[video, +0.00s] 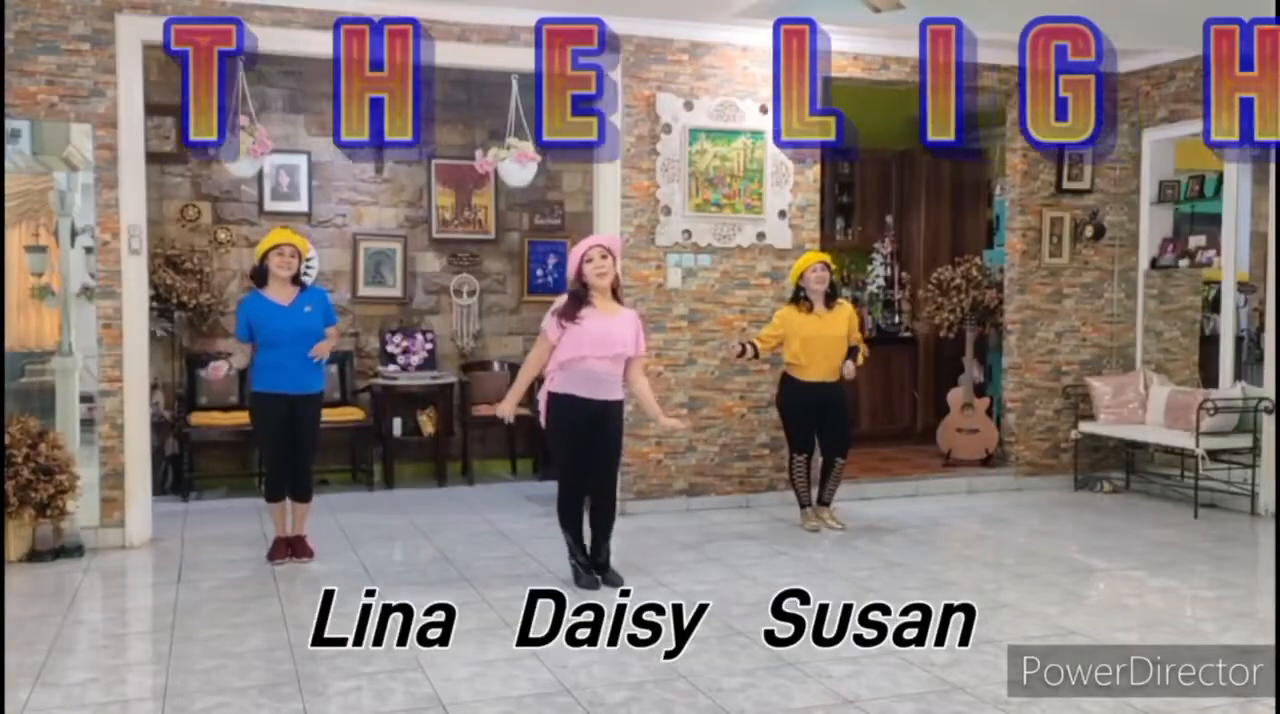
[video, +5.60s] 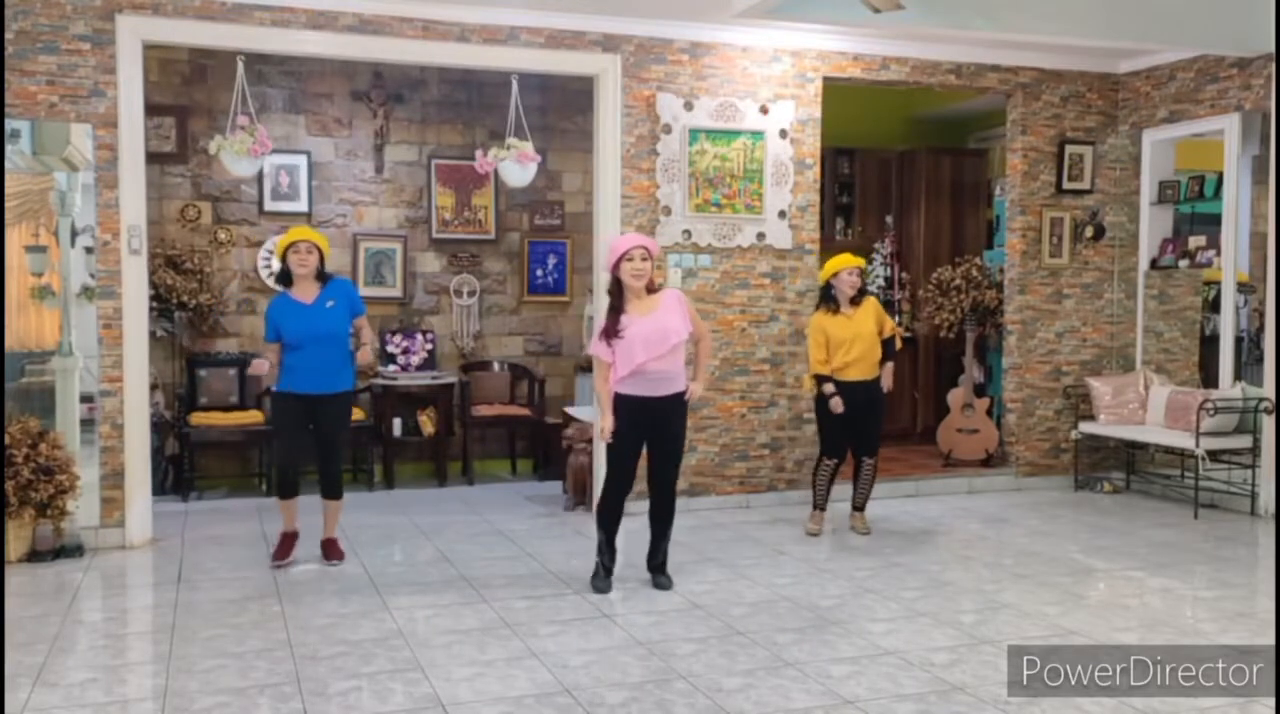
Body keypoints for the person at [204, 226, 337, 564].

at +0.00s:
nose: (285, 260)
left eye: (292, 255)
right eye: (279, 254)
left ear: (300, 262)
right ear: (265, 260)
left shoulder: (317, 297)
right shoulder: (251, 303)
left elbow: (333, 333)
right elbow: (245, 349)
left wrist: (328, 344)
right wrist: (227, 363)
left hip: (308, 393)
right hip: (267, 393)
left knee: (302, 463)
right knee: (274, 463)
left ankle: (299, 535)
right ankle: (281, 537)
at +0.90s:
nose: (323, 259)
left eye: (329, 254)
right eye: (316, 253)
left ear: (337, 261)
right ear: (304, 260)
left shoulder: (352, 297)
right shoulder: (290, 305)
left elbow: (363, 337)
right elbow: (282, 355)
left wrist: (374, 353)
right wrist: (273, 389)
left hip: (347, 397)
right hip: (305, 398)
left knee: (343, 467)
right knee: (305, 470)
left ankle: (338, 535)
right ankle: (293, 527)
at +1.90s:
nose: (302, 256)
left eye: (308, 251)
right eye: (295, 251)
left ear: (316, 259)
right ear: (283, 258)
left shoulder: (324, 303)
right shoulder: (263, 295)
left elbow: (325, 349)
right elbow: (244, 336)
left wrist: (349, 357)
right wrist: (234, 362)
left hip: (309, 396)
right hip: (265, 395)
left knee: (320, 463)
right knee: (265, 465)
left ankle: (335, 534)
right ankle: (267, 538)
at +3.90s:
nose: (308, 254)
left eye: (313, 248)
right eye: (300, 250)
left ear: (323, 256)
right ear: (290, 259)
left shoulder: (336, 298)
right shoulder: (277, 297)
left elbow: (342, 346)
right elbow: (255, 338)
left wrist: (373, 340)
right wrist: (273, 356)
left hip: (329, 394)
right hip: (288, 394)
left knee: (329, 465)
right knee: (281, 466)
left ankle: (331, 536)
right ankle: (259, 538)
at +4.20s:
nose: (290, 255)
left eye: (296, 250)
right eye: (283, 250)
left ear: (306, 259)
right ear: (271, 259)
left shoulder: (313, 304)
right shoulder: (255, 294)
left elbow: (314, 353)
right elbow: (211, 325)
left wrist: (341, 355)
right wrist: (223, 360)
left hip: (298, 397)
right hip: (255, 395)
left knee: (311, 465)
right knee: (254, 469)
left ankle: (323, 537)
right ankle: (255, 541)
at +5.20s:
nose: (279, 256)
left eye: (286, 250)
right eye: (273, 251)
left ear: (300, 258)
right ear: (264, 259)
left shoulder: (321, 294)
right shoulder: (257, 303)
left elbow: (340, 337)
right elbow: (252, 353)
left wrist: (322, 355)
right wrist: (218, 348)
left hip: (309, 395)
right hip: (266, 395)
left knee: (313, 462)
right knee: (261, 465)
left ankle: (327, 537)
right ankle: (254, 541)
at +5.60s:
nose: (302, 257)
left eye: (309, 251)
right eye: (296, 251)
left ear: (320, 258)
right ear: (285, 260)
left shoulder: (342, 290)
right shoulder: (277, 305)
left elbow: (364, 328)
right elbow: (272, 351)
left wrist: (367, 347)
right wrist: (266, 364)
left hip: (335, 394)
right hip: (290, 394)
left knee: (331, 465)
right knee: (285, 463)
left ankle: (330, 537)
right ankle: (289, 532)